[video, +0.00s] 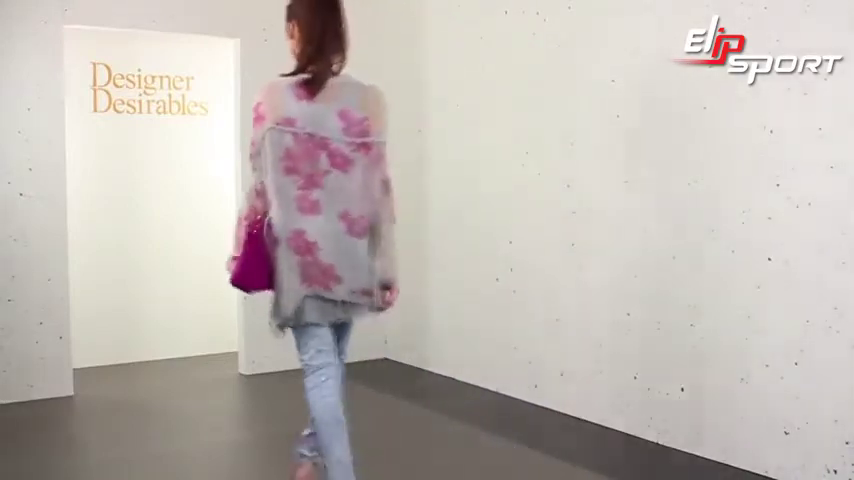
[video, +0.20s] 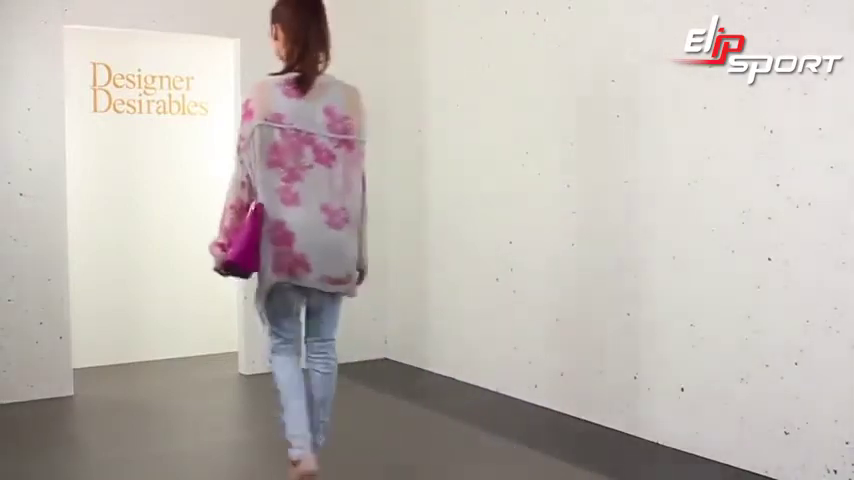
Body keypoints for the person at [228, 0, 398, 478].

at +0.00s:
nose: (286, 38)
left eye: (288, 30)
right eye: (288, 28)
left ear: (296, 32)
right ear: (337, 31)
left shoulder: (274, 97)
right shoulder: (367, 99)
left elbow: (260, 185)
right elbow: (380, 190)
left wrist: (243, 250)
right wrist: (386, 266)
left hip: (294, 251)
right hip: (354, 250)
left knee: (321, 368)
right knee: (332, 362)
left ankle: (341, 472)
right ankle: (310, 454)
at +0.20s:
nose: (272, 41)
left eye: (274, 33)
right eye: (273, 33)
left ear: (285, 35)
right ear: (319, 33)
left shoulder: (263, 94)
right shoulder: (349, 97)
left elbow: (245, 176)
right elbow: (357, 183)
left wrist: (224, 242)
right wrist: (360, 254)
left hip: (279, 239)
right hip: (337, 243)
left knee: (284, 345)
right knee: (322, 348)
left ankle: (302, 451)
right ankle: (313, 450)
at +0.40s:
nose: (254, 50)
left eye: (255, 43)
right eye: (256, 42)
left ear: (264, 46)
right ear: (302, 44)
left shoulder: (253, 102)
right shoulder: (328, 103)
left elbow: (236, 177)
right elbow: (337, 180)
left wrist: (213, 239)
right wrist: (333, 238)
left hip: (263, 238)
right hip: (319, 239)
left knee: (262, 335)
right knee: (315, 342)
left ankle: (264, 429)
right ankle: (308, 456)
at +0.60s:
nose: (238, 59)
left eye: (238, 52)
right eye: (240, 51)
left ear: (246, 55)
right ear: (281, 52)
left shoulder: (235, 111)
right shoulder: (307, 108)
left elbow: (222, 183)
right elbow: (315, 180)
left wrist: (201, 241)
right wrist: (304, 223)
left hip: (247, 237)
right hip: (297, 238)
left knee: (246, 331)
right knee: (288, 332)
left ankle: (262, 425)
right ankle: (300, 429)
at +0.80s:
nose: (223, 58)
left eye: (225, 52)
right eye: (225, 51)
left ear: (231, 55)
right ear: (263, 53)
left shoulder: (216, 106)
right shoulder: (288, 108)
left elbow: (204, 175)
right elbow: (297, 180)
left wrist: (190, 230)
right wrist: (303, 238)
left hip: (233, 228)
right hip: (280, 228)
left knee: (244, 323)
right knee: (263, 313)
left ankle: (263, 422)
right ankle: (260, 406)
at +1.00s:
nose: (208, 76)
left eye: (209, 70)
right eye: (211, 68)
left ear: (213, 73)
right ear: (246, 71)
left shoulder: (198, 121)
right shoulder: (265, 122)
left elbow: (187, 185)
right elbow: (277, 190)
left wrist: (176, 239)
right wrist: (285, 247)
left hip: (215, 238)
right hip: (258, 237)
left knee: (236, 324)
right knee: (241, 324)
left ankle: (259, 417)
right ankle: (221, 401)